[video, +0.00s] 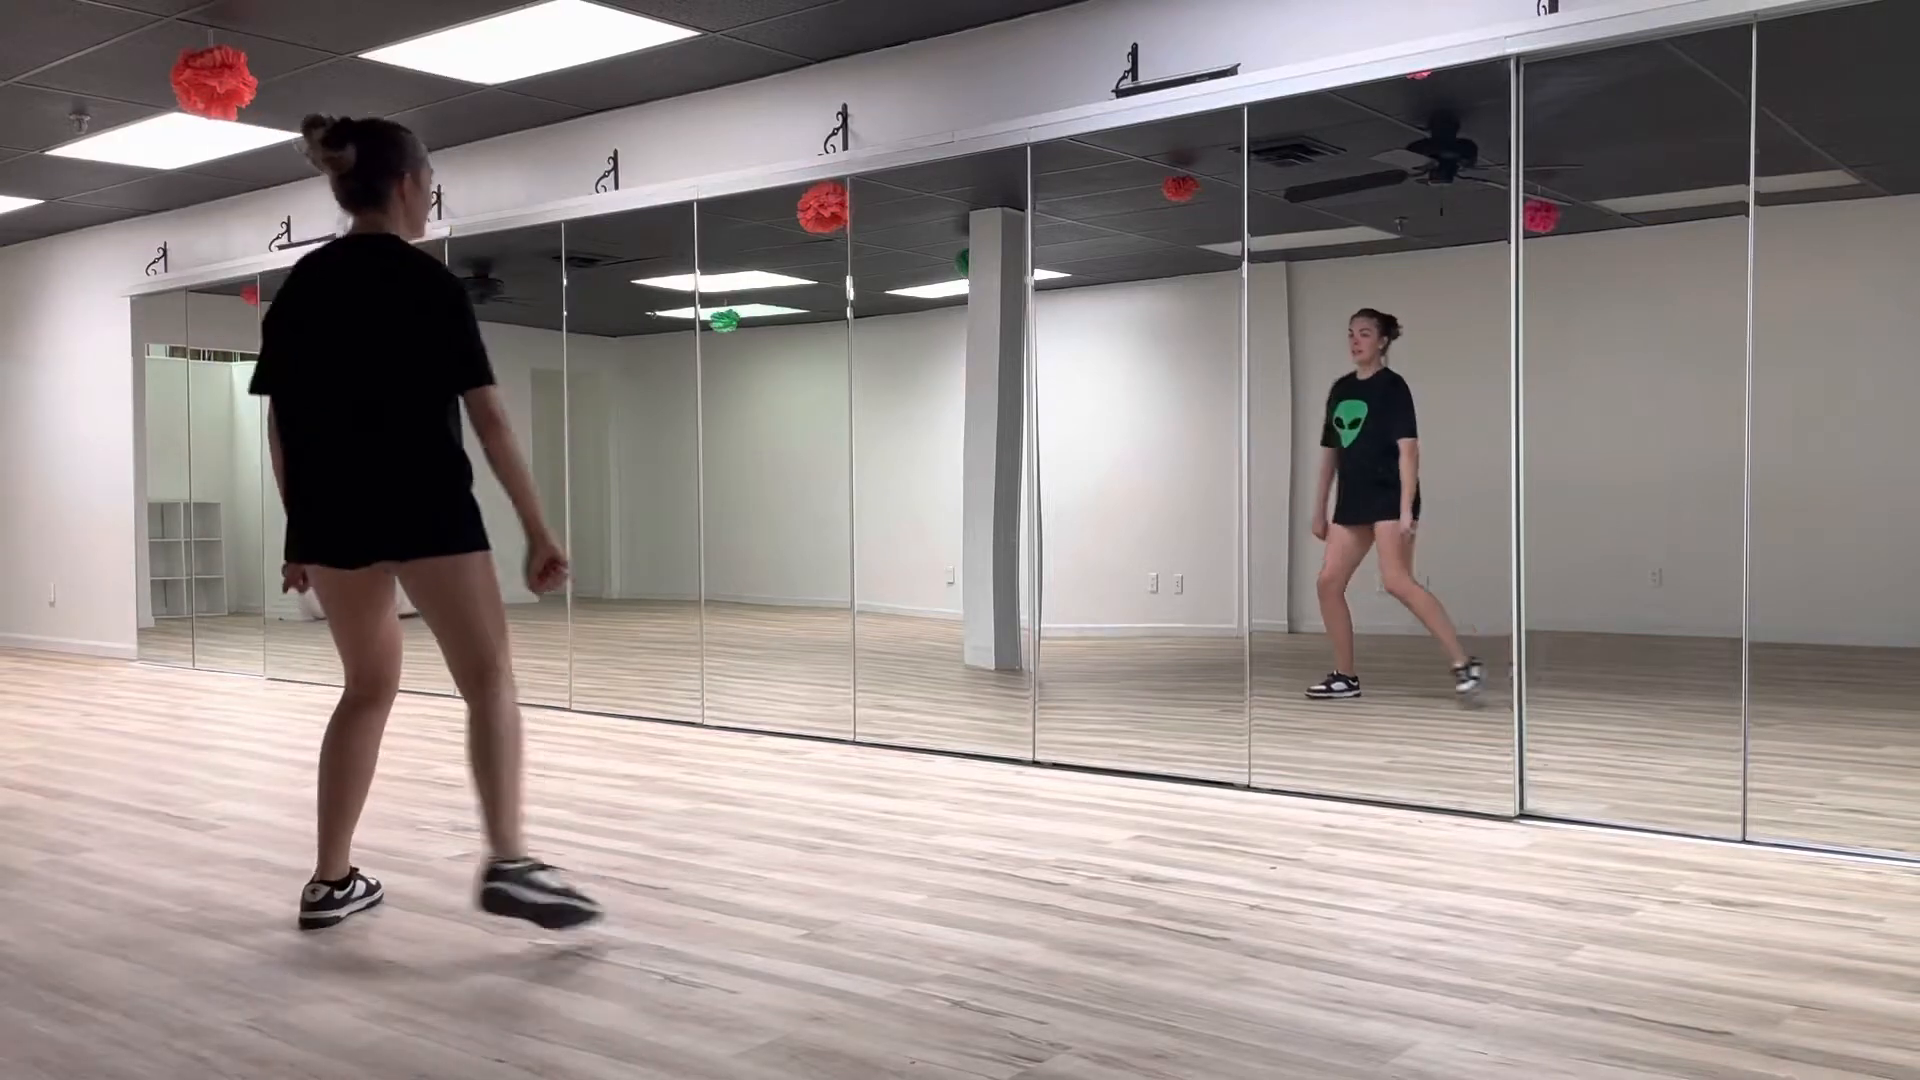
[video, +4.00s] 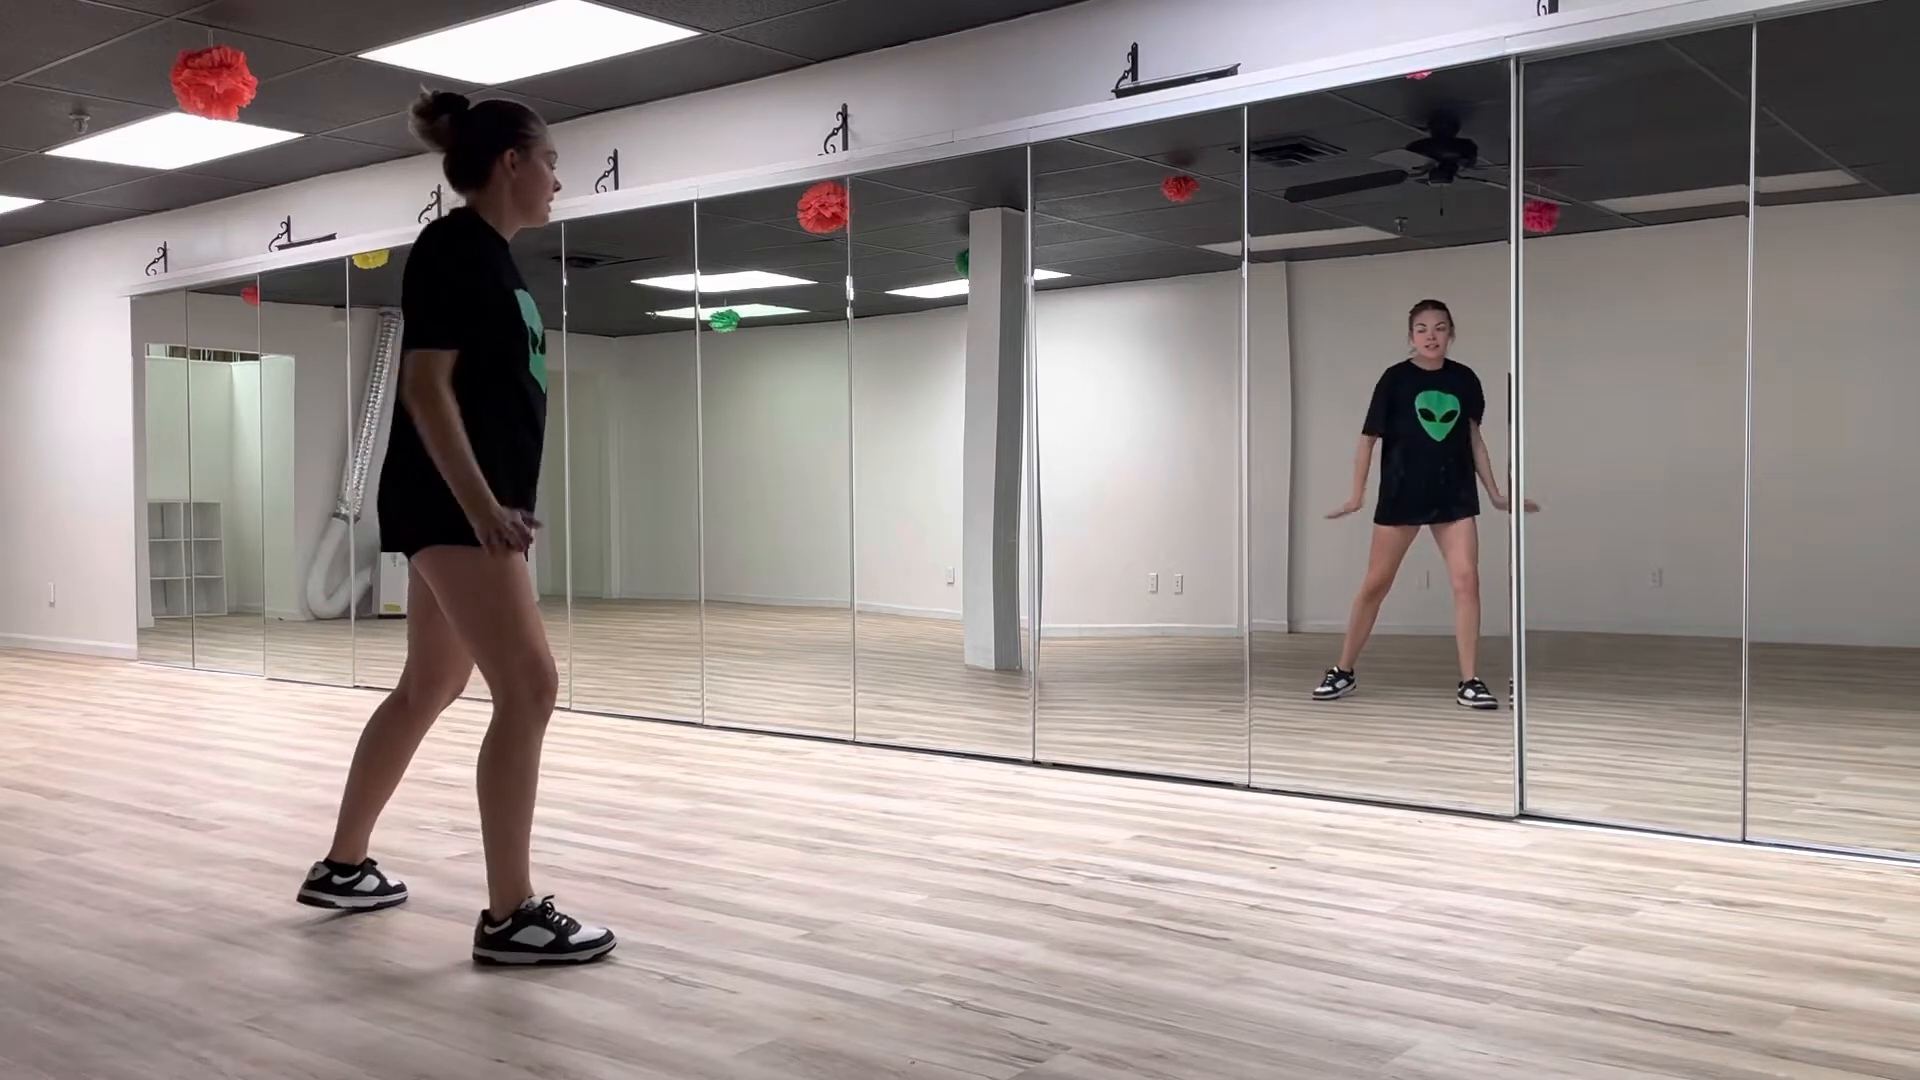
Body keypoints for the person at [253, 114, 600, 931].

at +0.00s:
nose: (432, 203)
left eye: (431, 189)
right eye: (428, 188)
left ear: (347, 192)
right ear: (404, 187)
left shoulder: (297, 286)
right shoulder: (429, 281)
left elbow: (279, 427)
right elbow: (488, 416)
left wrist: (298, 534)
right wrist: (537, 527)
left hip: (327, 515)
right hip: (427, 505)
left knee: (366, 685)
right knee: (487, 679)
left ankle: (330, 878)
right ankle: (509, 858)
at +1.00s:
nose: (378, 222)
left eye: (377, 209)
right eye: (371, 208)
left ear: (333, 212)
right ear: (332, 211)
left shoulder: (338, 289)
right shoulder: (269, 276)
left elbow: (342, 331)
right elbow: (219, 278)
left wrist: (399, 308)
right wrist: (334, 258)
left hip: (340, 505)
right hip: (294, 507)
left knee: (303, 671)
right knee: (392, 674)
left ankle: (216, 801)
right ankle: (344, 876)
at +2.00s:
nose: (428, 188)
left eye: (426, 173)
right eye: (424, 173)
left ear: (350, 178)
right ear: (397, 173)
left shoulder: (318, 263)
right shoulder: (399, 263)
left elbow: (315, 397)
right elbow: (420, 401)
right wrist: (448, 524)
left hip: (312, 489)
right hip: (384, 492)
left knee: (335, 681)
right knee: (377, 684)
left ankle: (326, 875)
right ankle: (347, 876)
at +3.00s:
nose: (477, 169)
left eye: (476, 155)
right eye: (468, 153)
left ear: (403, 164)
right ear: (448, 158)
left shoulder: (401, 240)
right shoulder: (428, 219)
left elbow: (484, 166)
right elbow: (519, 135)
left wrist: (499, 104)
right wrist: (583, 34)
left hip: (420, 468)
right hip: (469, 465)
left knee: (404, 674)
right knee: (522, 672)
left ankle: (333, 868)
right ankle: (515, 902)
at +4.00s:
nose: (557, 177)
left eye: (554, 162)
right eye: (547, 161)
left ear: (499, 168)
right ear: (510, 165)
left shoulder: (484, 255)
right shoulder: (456, 248)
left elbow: (470, 391)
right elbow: (422, 386)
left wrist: (509, 499)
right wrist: (485, 505)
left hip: (454, 498)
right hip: (450, 498)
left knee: (428, 684)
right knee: (530, 685)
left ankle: (342, 864)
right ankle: (511, 912)